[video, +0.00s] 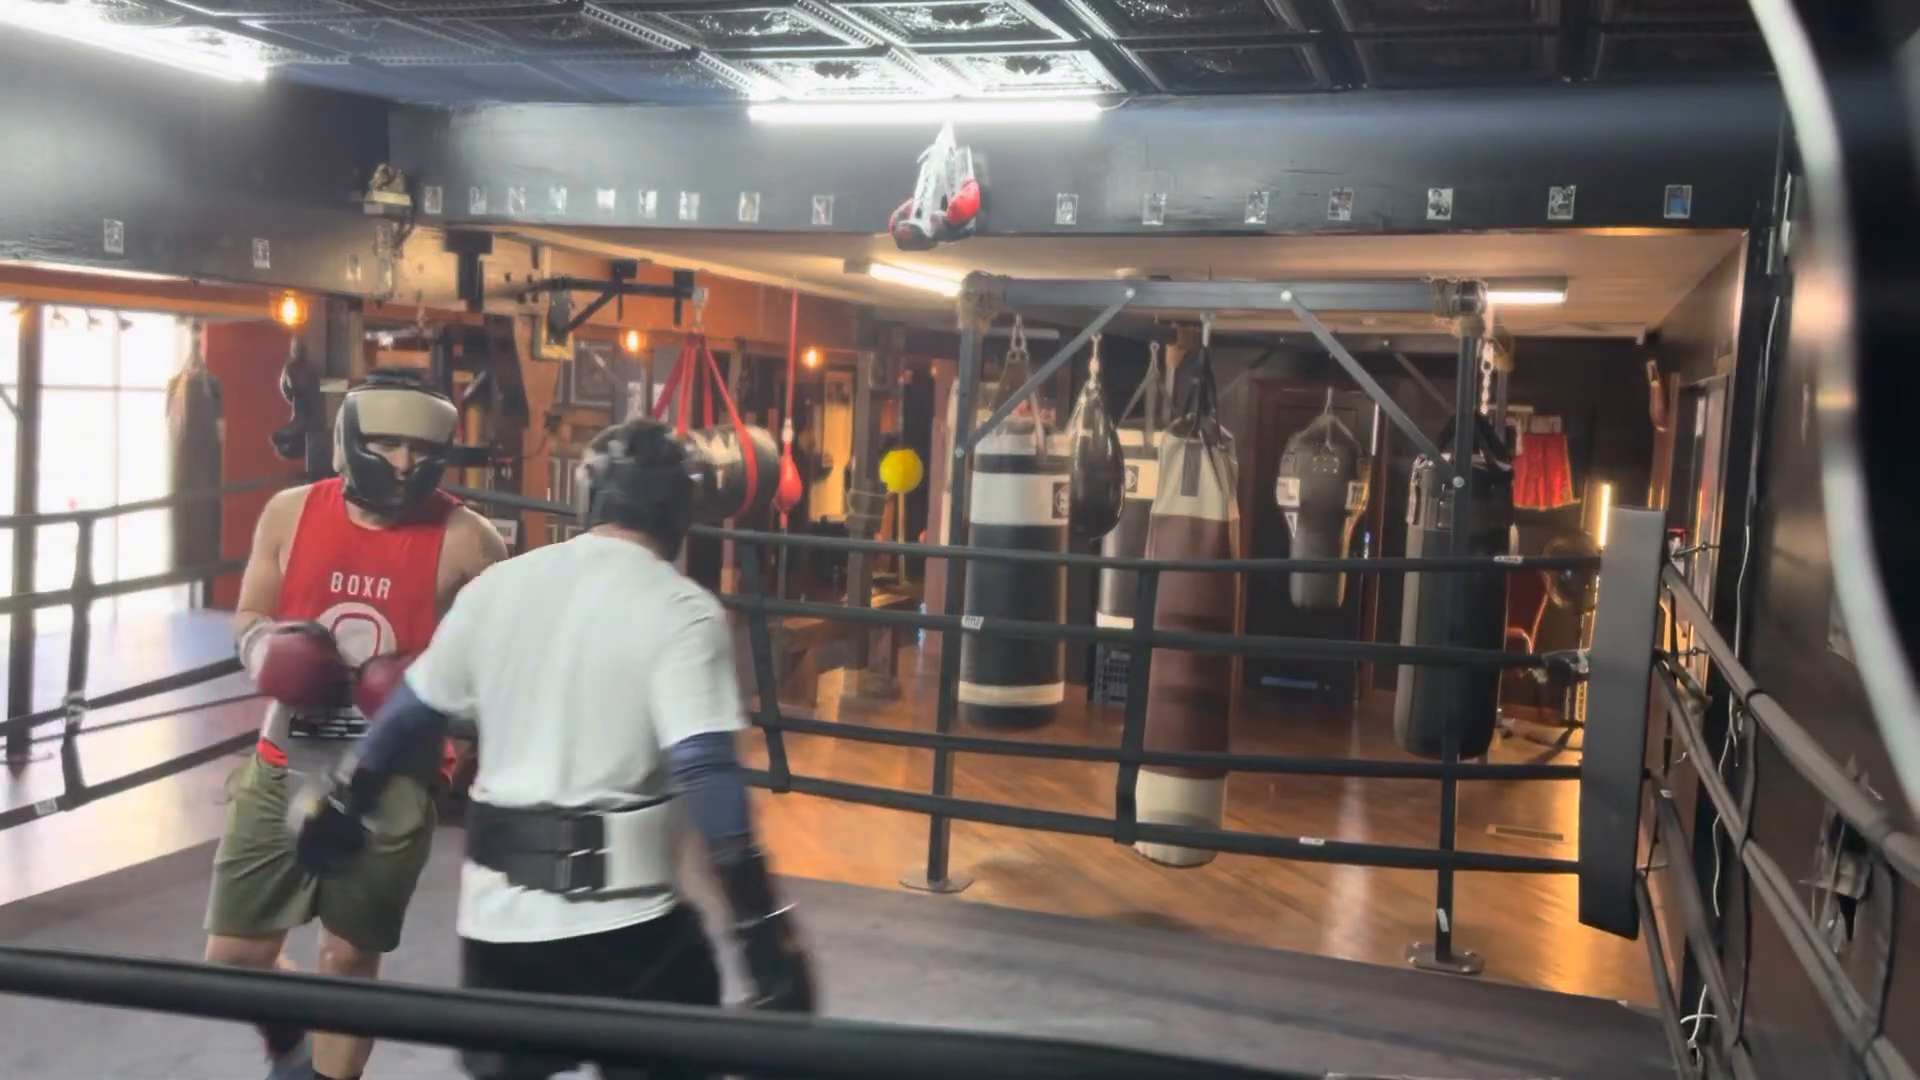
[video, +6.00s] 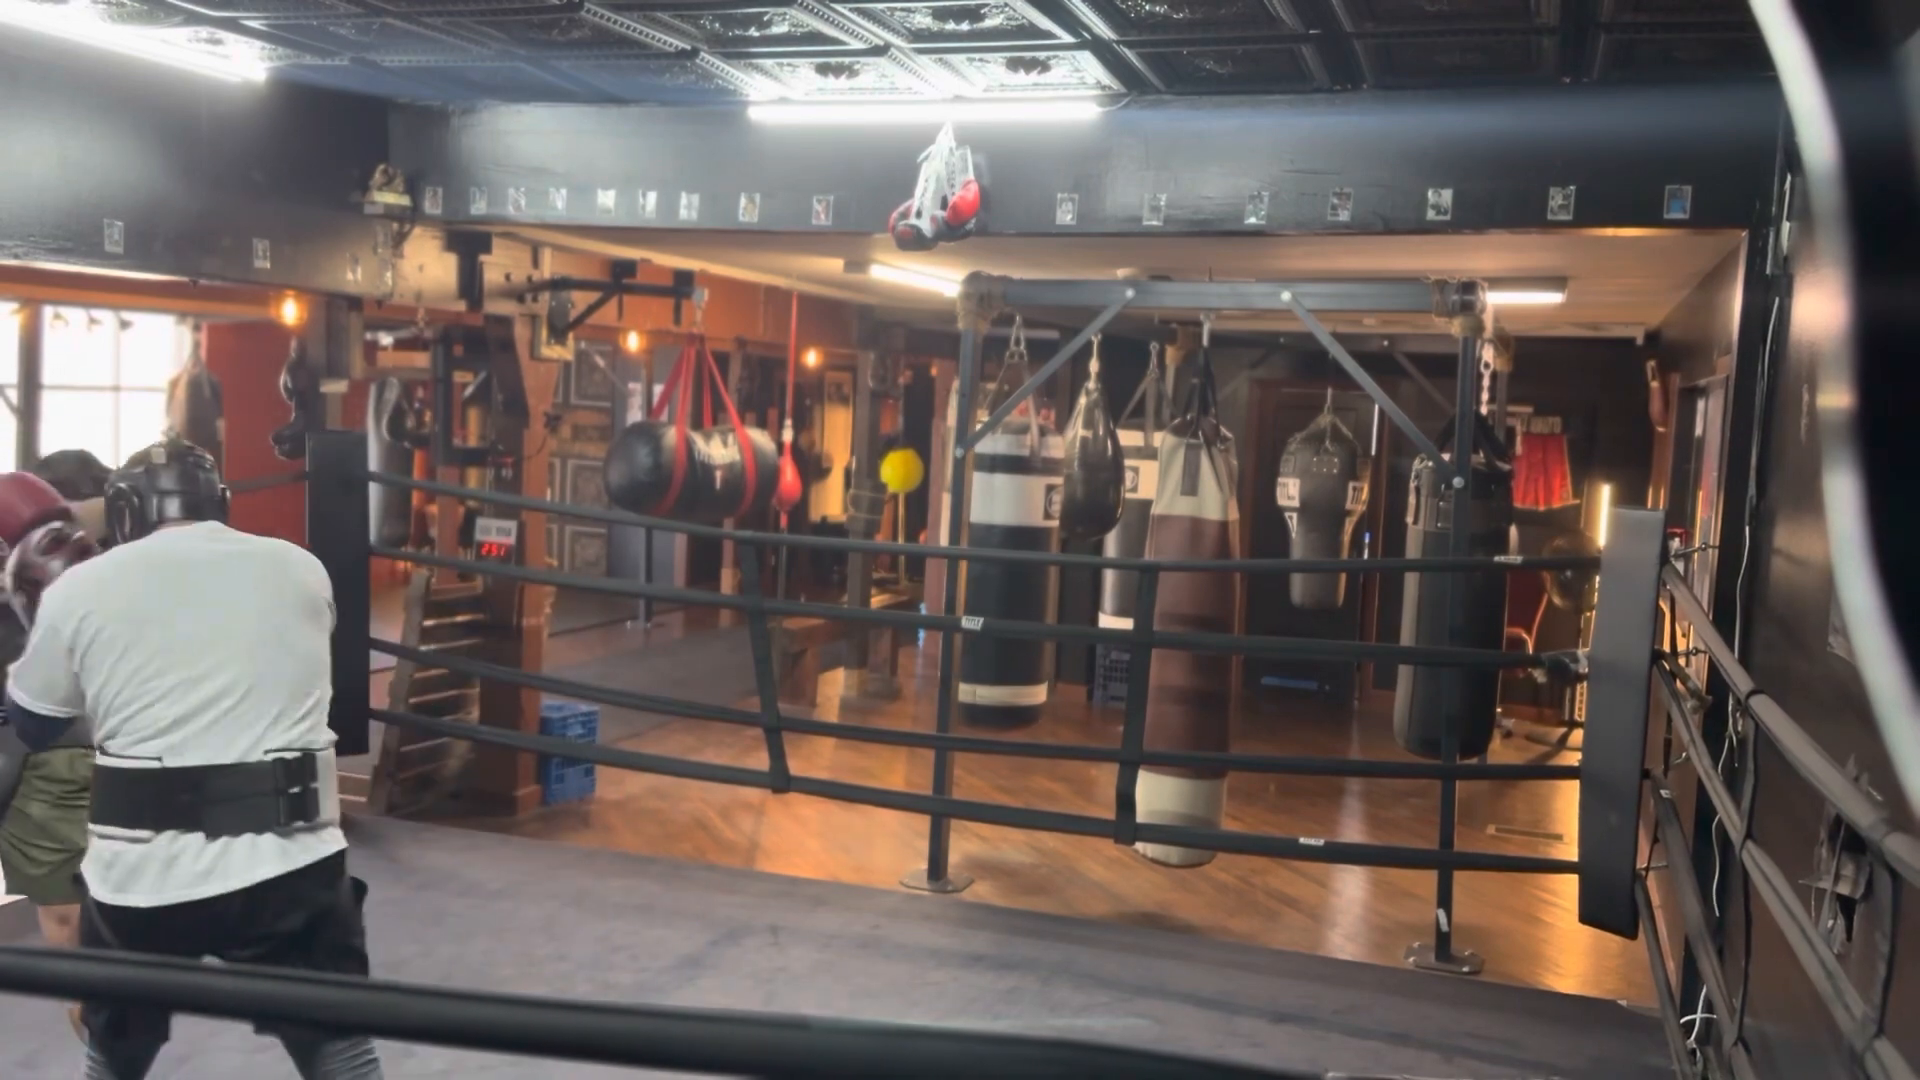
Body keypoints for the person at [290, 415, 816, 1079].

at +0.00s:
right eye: (694, 515)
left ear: (592, 504)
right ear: (680, 518)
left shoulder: (496, 587)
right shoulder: (680, 608)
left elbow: (409, 711)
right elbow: (706, 772)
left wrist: (347, 804)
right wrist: (762, 926)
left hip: (499, 935)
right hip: (628, 935)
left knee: (503, 1067)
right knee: (695, 1066)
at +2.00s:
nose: (751, 570)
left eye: (751, 554)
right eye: (743, 559)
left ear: (781, 528)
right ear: (787, 519)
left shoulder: (847, 566)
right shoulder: (838, 559)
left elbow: (766, 683)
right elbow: (763, 668)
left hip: (863, 809)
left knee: (807, 1003)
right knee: (872, 989)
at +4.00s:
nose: (431, 559)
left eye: (429, 541)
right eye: (426, 544)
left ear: (459, 521)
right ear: (502, 506)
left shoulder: (480, 579)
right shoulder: (613, 553)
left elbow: (413, 704)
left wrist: (379, 638)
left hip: (524, 859)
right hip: (641, 851)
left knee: (437, 1037)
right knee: (643, 1031)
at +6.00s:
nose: (103, 522)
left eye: (110, 509)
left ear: (127, 514)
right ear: (219, 507)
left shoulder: (80, 591)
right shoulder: (302, 569)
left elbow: (33, 728)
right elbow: (294, 686)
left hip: (142, 893)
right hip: (291, 882)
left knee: (115, 1052)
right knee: (341, 1051)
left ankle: (111, 1060)